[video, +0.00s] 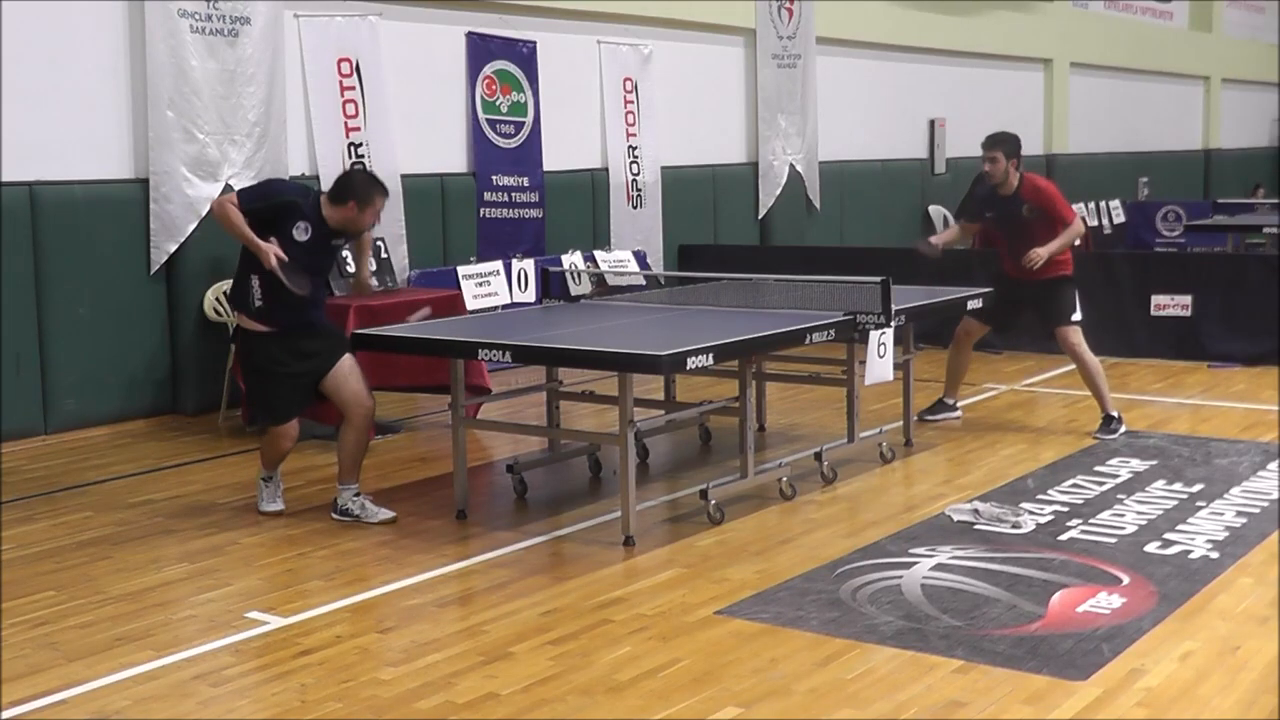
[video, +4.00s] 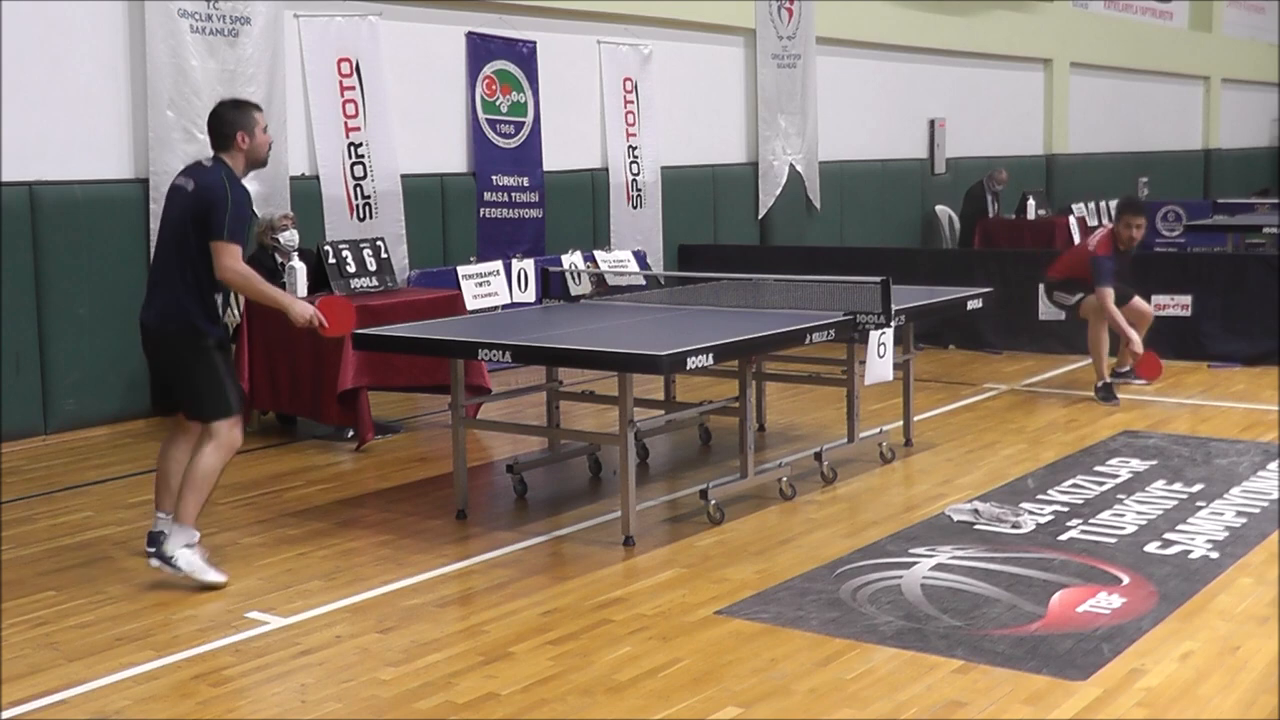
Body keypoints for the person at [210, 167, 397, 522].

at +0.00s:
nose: (375, 221)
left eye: (377, 214)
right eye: (373, 214)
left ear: (352, 207)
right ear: (353, 207)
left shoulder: (339, 224)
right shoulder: (285, 197)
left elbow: (363, 230)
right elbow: (221, 205)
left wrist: (362, 275)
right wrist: (257, 244)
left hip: (310, 329)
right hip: (261, 335)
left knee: (361, 405)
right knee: (284, 434)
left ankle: (348, 497)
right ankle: (269, 477)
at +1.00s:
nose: (289, 223)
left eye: (288, 215)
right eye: (285, 216)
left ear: (237, 220)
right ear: (263, 227)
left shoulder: (196, 241)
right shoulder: (251, 282)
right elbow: (307, 354)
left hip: (119, 380)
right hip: (152, 390)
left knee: (137, 463)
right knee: (254, 454)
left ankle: (69, 544)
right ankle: (245, 570)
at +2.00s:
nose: (247, 196)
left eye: (246, 188)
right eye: (247, 189)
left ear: (198, 181)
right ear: (236, 192)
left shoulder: (148, 210)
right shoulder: (227, 244)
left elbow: (155, 277)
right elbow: (234, 322)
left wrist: (223, 289)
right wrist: (252, 295)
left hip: (93, 355)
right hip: (145, 363)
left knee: (124, 452)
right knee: (209, 461)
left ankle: (92, 555)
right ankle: (236, 589)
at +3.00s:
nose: (347, 215)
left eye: (347, 207)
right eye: (345, 208)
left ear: (296, 208)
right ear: (332, 214)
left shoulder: (257, 236)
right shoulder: (323, 270)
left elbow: (232, 302)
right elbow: (337, 352)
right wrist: (377, 348)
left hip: (203, 385)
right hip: (249, 390)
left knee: (232, 464)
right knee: (358, 447)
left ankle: (163, 549)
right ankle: (357, 565)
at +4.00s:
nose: (270, 140)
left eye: (267, 131)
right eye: (264, 132)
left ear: (226, 139)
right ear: (242, 139)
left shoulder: (192, 177)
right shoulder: (228, 190)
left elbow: (203, 253)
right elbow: (227, 267)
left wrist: (259, 234)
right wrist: (289, 303)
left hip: (164, 324)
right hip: (192, 329)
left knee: (184, 427)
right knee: (226, 432)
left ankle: (163, 531)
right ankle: (179, 540)